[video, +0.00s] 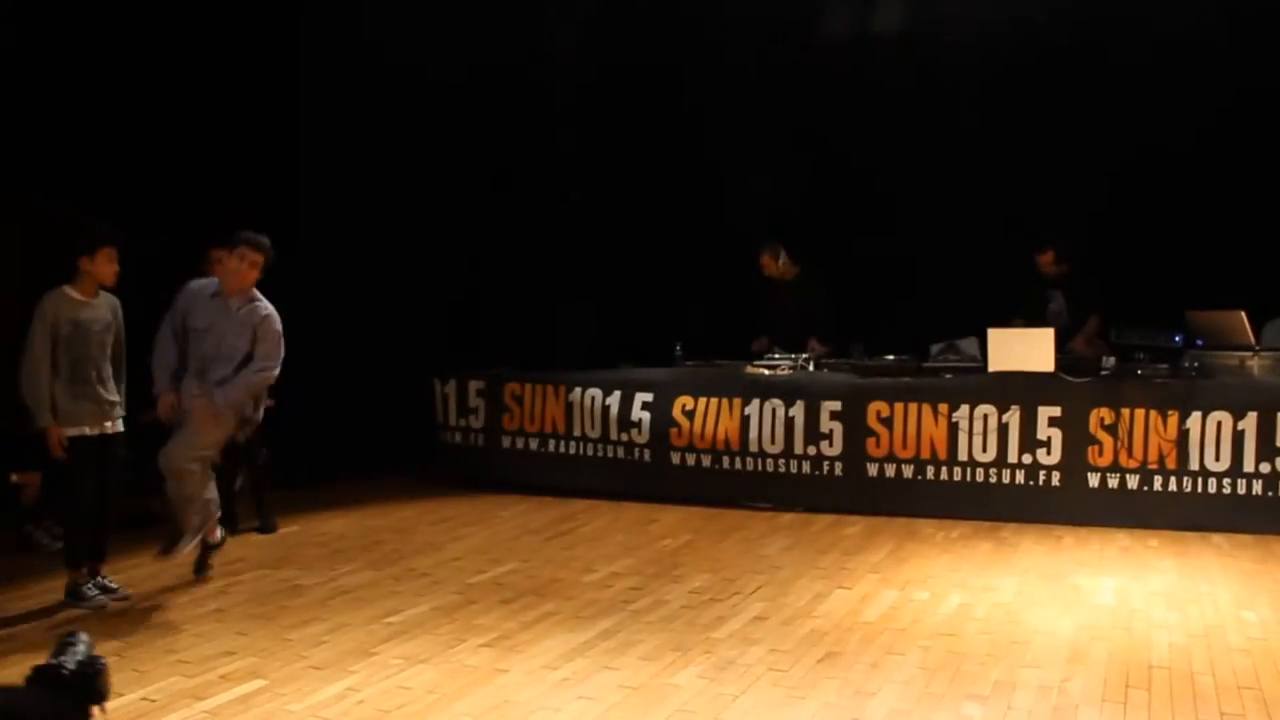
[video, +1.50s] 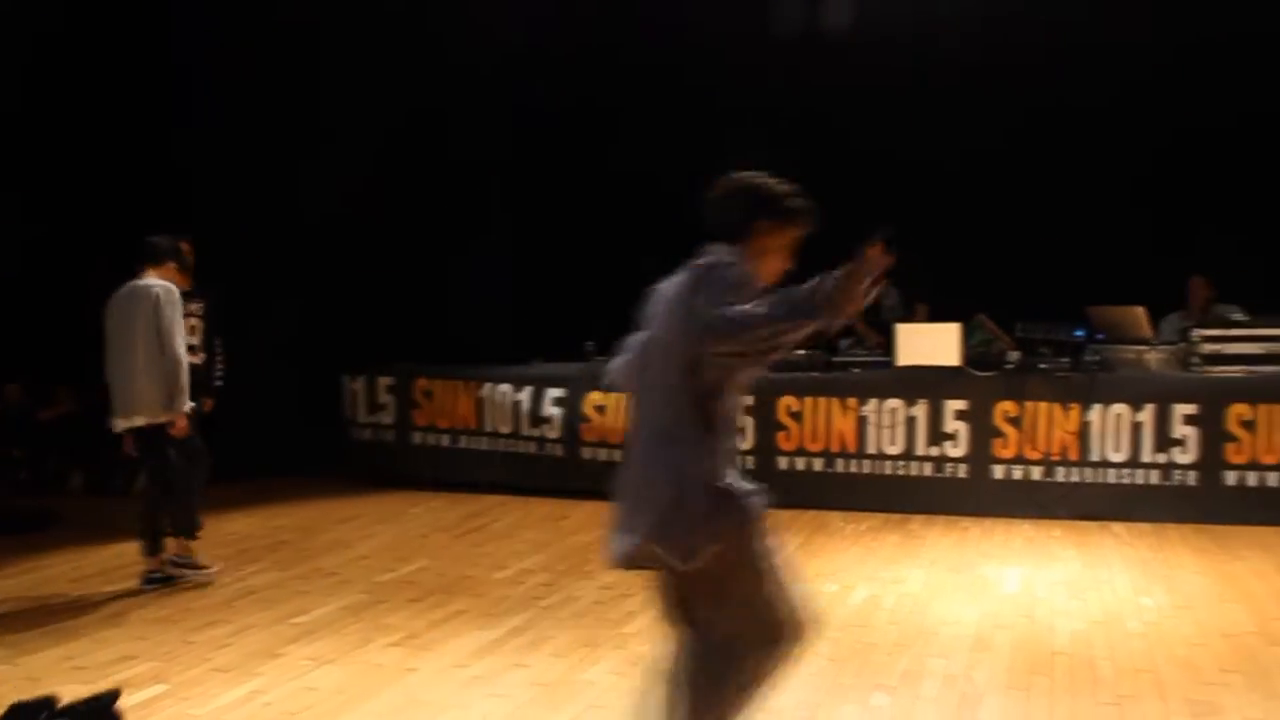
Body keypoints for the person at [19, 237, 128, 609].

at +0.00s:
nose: (115, 269)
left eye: (115, 262)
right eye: (108, 262)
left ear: (106, 267)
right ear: (85, 264)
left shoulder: (112, 306)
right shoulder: (54, 306)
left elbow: (117, 362)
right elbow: (37, 368)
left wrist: (118, 406)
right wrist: (48, 423)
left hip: (109, 426)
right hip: (71, 431)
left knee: (105, 503)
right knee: (77, 505)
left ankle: (97, 573)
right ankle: (77, 579)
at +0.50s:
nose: (149, 266)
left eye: (154, 259)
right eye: (142, 258)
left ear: (159, 265)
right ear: (124, 261)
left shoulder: (151, 309)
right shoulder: (102, 302)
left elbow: (148, 367)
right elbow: (77, 361)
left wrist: (152, 413)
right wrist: (77, 418)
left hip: (138, 424)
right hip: (104, 425)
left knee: (130, 501)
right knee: (105, 501)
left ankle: (113, 569)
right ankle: (87, 569)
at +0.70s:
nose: (173, 257)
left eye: (177, 250)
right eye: (165, 249)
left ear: (182, 256)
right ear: (147, 254)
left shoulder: (174, 301)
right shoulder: (128, 295)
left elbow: (172, 359)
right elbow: (105, 355)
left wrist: (172, 404)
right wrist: (108, 410)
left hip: (159, 417)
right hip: (129, 419)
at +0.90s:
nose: (207, 268)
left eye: (210, 259)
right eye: (201, 258)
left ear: (208, 262)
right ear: (181, 258)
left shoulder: (186, 304)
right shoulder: (160, 300)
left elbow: (179, 372)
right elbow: (144, 360)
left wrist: (193, 422)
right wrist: (143, 418)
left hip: (184, 422)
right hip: (164, 425)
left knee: (187, 490)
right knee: (174, 495)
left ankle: (149, 543)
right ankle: (167, 572)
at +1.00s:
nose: (214, 250)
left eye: (217, 242)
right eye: (207, 241)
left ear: (215, 246)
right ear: (186, 244)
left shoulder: (195, 287)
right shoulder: (179, 285)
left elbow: (188, 348)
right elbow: (167, 345)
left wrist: (192, 401)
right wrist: (166, 403)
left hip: (194, 413)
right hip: (176, 416)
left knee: (195, 487)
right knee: (174, 492)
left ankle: (181, 558)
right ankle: (165, 571)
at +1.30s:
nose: (212, 277)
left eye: (215, 270)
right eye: (212, 268)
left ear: (188, 261)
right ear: (199, 261)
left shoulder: (154, 295)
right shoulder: (182, 289)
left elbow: (147, 363)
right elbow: (186, 349)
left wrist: (154, 416)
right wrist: (198, 399)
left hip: (167, 412)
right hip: (186, 411)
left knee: (193, 486)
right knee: (187, 487)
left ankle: (203, 560)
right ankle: (140, 557)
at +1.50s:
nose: (179, 279)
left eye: (179, 273)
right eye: (179, 272)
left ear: (145, 265)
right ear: (169, 266)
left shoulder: (118, 299)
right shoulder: (165, 292)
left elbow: (116, 364)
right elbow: (176, 352)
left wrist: (124, 421)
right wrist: (181, 407)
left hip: (135, 412)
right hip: (164, 410)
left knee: (151, 482)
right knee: (184, 473)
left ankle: (153, 560)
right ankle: (182, 550)